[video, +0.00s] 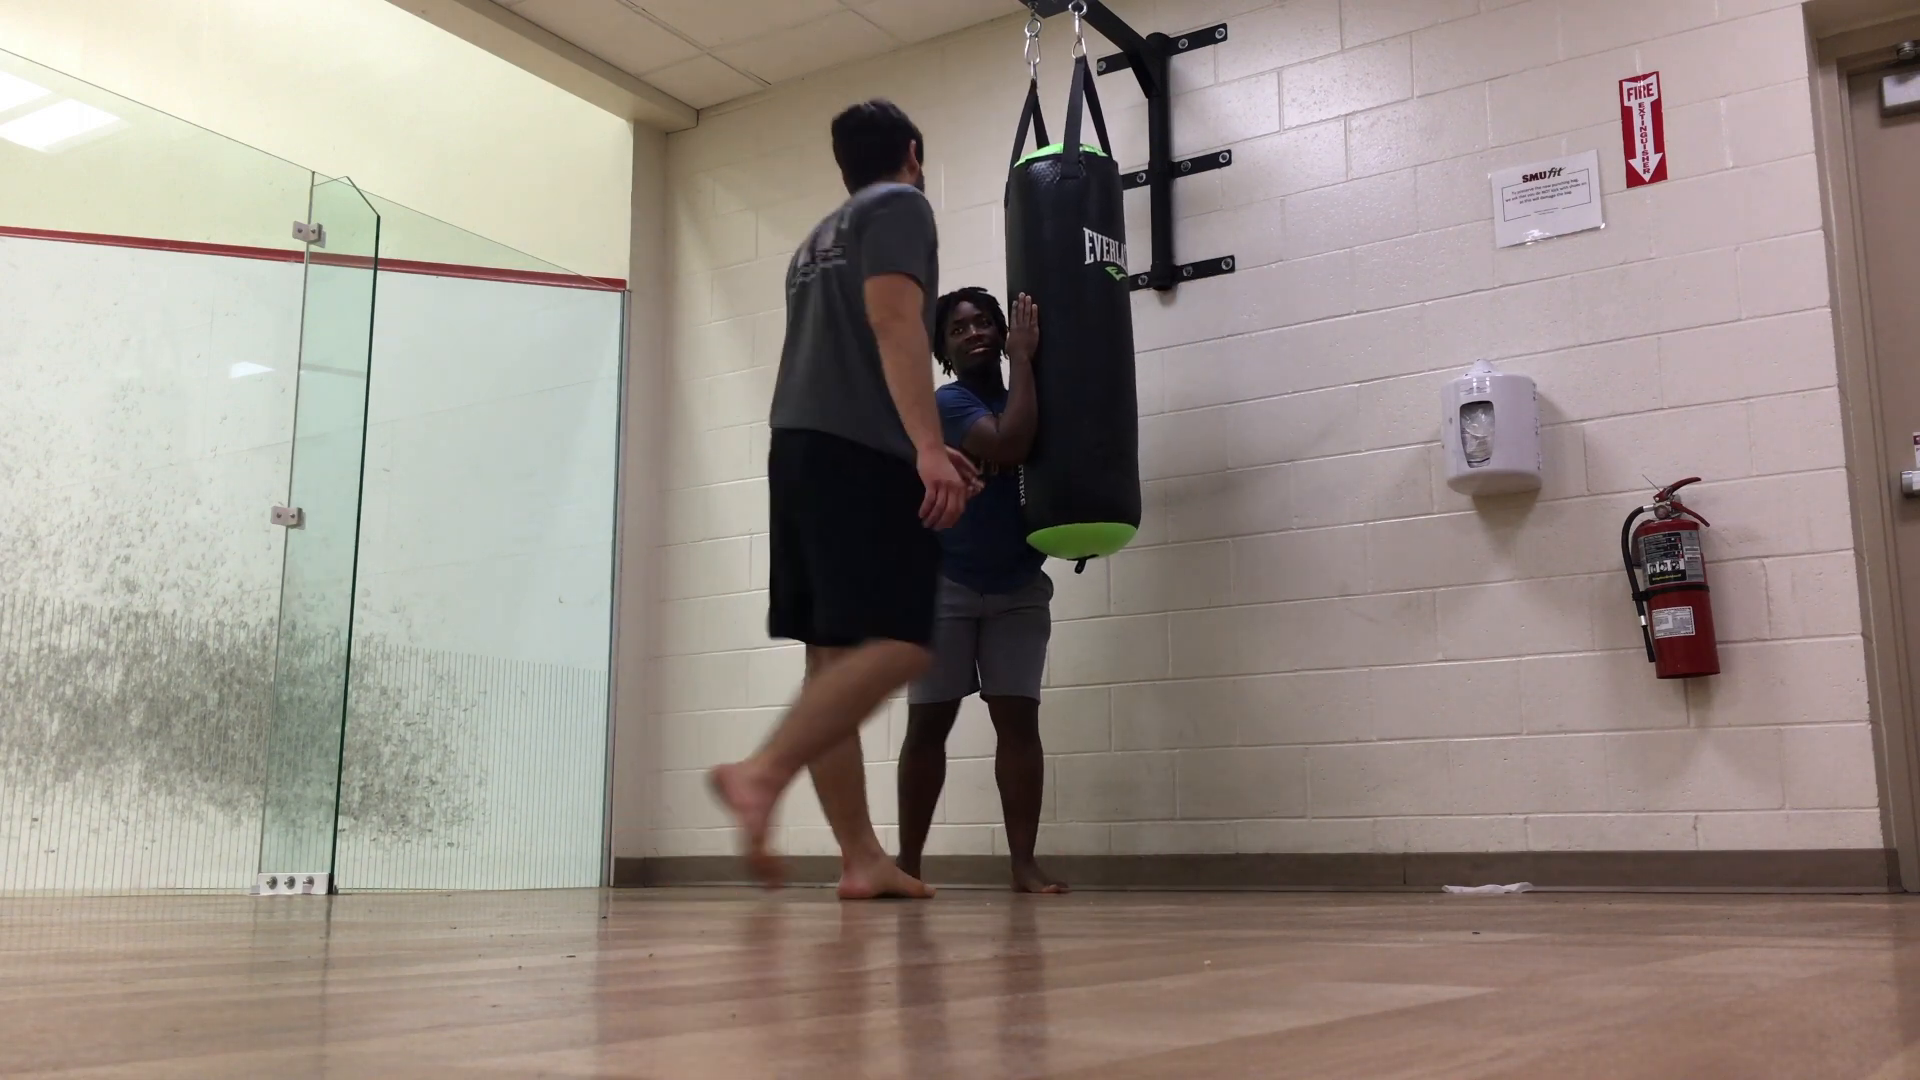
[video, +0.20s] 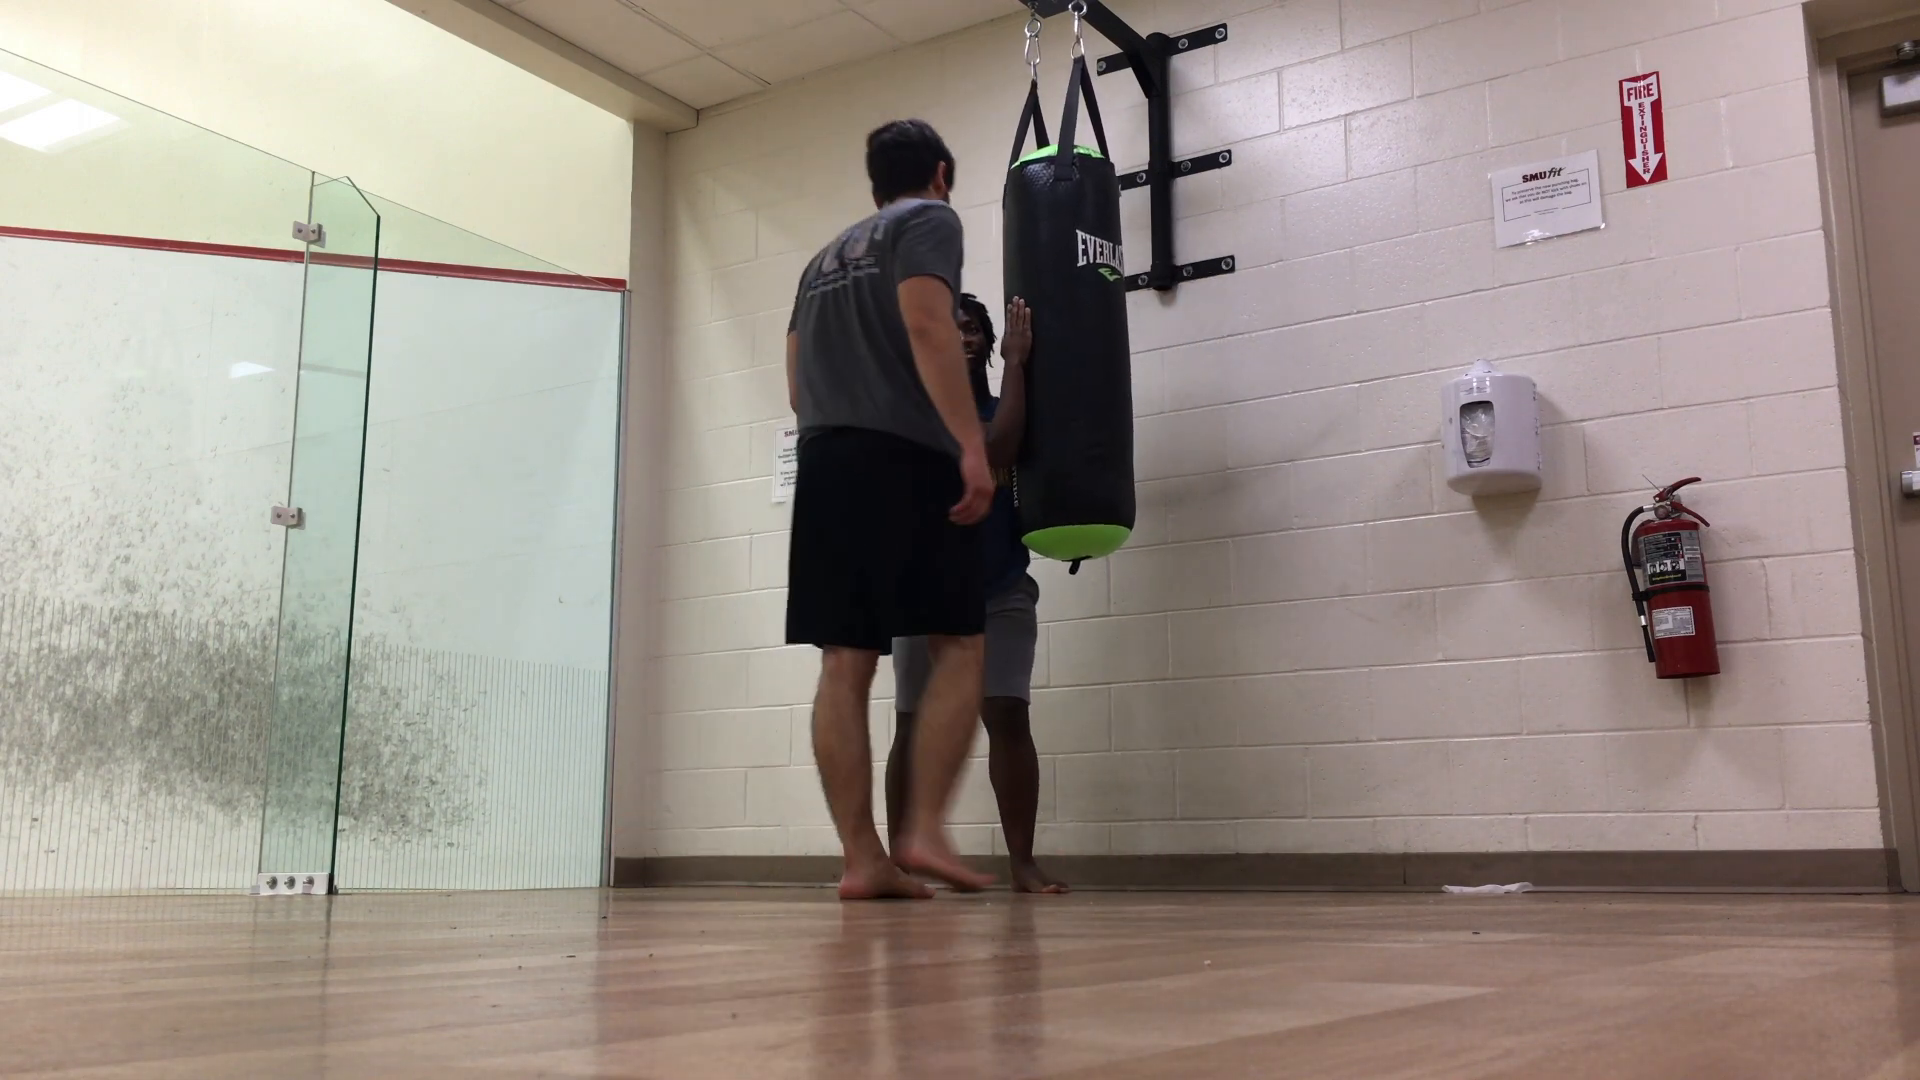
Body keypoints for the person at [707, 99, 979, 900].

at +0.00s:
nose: (923, 174)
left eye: (917, 164)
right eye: (922, 163)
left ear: (846, 168)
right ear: (911, 158)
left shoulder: (817, 237)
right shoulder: (897, 203)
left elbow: (817, 356)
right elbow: (893, 316)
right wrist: (930, 445)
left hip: (802, 450)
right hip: (863, 448)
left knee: (830, 653)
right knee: (903, 644)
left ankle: (863, 857)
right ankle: (756, 775)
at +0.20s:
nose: (950, 192)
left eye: (947, 181)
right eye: (949, 181)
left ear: (871, 182)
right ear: (940, 176)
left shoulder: (824, 259)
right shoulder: (930, 219)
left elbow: (798, 388)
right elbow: (926, 319)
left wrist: (855, 441)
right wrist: (971, 444)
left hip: (832, 472)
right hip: (917, 465)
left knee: (845, 659)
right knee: (960, 648)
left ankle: (862, 860)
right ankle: (926, 832)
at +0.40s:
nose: (971, 212)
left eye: (969, 204)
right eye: (972, 203)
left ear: (894, 200)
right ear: (963, 196)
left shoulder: (838, 269)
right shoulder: (967, 243)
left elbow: (813, 396)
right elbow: (985, 356)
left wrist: (876, 449)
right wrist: (1018, 475)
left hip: (866, 486)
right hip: (955, 480)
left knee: (878, 671)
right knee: (976, 671)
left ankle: (866, 858)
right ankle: (985, 863)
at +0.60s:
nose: (982, 211)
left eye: (977, 203)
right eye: (985, 201)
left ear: (909, 199)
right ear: (977, 197)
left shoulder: (850, 266)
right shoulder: (995, 252)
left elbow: (830, 391)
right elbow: (1028, 359)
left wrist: (892, 434)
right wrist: (1051, 468)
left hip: (880, 478)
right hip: (969, 475)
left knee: (902, 660)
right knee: (983, 665)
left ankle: (880, 821)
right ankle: (992, 860)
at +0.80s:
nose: (975, 217)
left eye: (973, 208)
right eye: (976, 207)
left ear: (900, 206)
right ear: (963, 201)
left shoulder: (842, 279)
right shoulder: (970, 242)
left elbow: (838, 406)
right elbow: (1003, 344)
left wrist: (866, 466)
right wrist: (1033, 440)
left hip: (860, 479)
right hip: (946, 475)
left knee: (880, 661)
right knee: (970, 663)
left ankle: (872, 859)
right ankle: (993, 857)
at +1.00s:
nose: (957, 224)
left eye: (955, 214)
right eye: (957, 212)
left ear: (884, 205)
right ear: (942, 201)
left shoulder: (857, 266)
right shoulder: (922, 224)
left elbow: (863, 395)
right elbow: (897, 306)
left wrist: (943, 447)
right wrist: (968, 408)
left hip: (830, 465)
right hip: (890, 462)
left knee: (851, 663)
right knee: (935, 650)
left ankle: (871, 860)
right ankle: (980, 852)